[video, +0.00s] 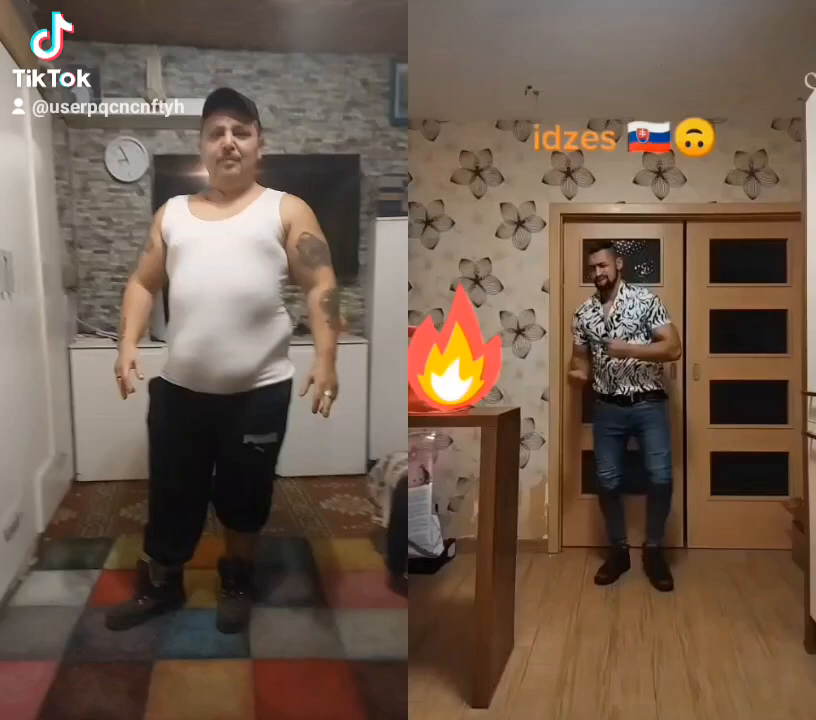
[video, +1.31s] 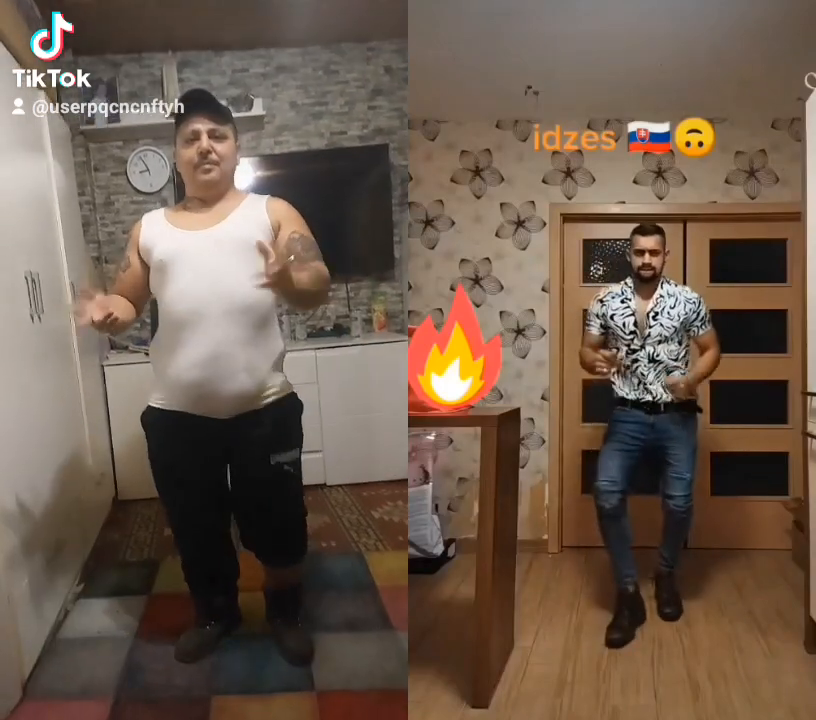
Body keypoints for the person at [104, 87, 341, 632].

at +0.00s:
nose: (228, 144)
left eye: (240, 133)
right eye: (217, 134)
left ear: (259, 144)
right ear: (202, 147)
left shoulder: (288, 212)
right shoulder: (173, 215)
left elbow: (321, 287)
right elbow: (144, 282)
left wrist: (327, 360)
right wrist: (128, 345)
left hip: (257, 391)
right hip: (179, 387)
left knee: (243, 499)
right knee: (170, 494)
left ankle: (236, 585)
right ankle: (161, 587)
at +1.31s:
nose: (205, 148)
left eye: (217, 137)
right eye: (191, 139)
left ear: (236, 151)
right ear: (176, 156)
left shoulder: (273, 214)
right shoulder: (150, 230)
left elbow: (319, 290)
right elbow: (127, 300)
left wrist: (287, 280)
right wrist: (109, 310)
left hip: (262, 408)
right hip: (178, 413)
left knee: (277, 525)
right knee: (196, 530)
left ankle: (286, 615)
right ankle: (215, 616)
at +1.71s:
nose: (200, 113)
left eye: (213, 99)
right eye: (184, 103)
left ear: (234, 112)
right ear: (168, 122)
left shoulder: (277, 176)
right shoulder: (154, 204)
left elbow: (329, 251)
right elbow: (134, 290)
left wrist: (294, 244)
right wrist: (107, 280)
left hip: (260, 384)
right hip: (174, 387)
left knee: (268, 506)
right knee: (182, 506)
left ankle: (279, 597)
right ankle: (194, 592)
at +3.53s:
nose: (202, 100)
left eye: (213, 86)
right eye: (187, 91)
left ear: (234, 95)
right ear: (170, 108)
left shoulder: (272, 151)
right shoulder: (167, 195)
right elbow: (154, 280)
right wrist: (124, 272)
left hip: (272, 362)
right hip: (187, 365)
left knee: (287, 484)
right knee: (176, 488)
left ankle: (297, 579)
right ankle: (173, 579)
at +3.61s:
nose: (189, 118)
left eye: (198, 102)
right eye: (173, 109)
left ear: (218, 107)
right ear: (157, 129)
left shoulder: (257, 167)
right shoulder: (155, 212)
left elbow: (322, 222)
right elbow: (141, 292)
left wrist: (266, 276)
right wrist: (115, 297)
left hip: (259, 376)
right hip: (177, 377)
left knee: (266, 497)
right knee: (157, 497)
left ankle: (266, 588)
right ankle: (141, 587)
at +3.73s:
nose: (211, 140)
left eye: (222, 127)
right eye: (198, 131)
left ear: (242, 137)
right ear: (181, 149)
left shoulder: (280, 187)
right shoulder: (173, 233)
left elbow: (348, 231)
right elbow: (159, 302)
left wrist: (312, 277)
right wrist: (160, 332)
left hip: (286, 391)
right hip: (202, 392)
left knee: (288, 512)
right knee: (177, 512)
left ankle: (280, 596)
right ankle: (161, 597)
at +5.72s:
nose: (195, 89)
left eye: (214, 75)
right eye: (183, 76)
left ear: (249, 90)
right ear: (170, 90)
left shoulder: (276, 184)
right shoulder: (137, 181)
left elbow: (335, 274)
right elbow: (77, 264)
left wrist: (304, 190)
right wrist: (54, 219)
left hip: (254, 413)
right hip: (150, 412)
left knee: (265, 550)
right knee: (127, 558)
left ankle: (261, 643)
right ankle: (119, 651)